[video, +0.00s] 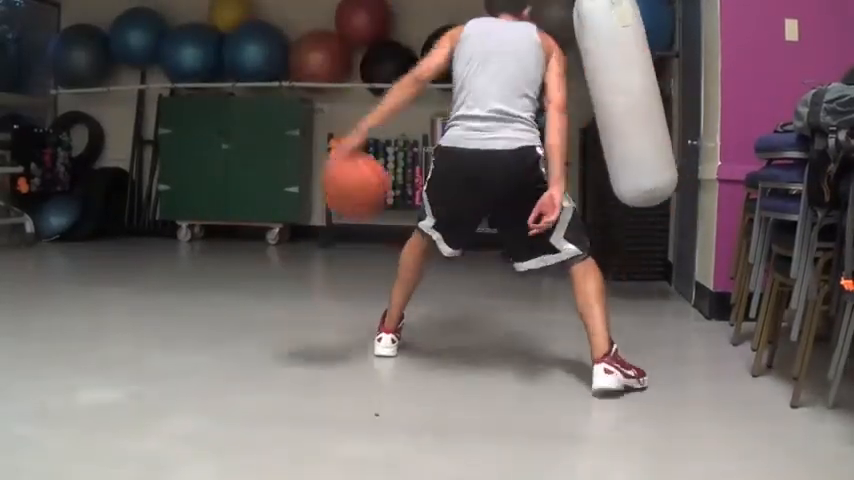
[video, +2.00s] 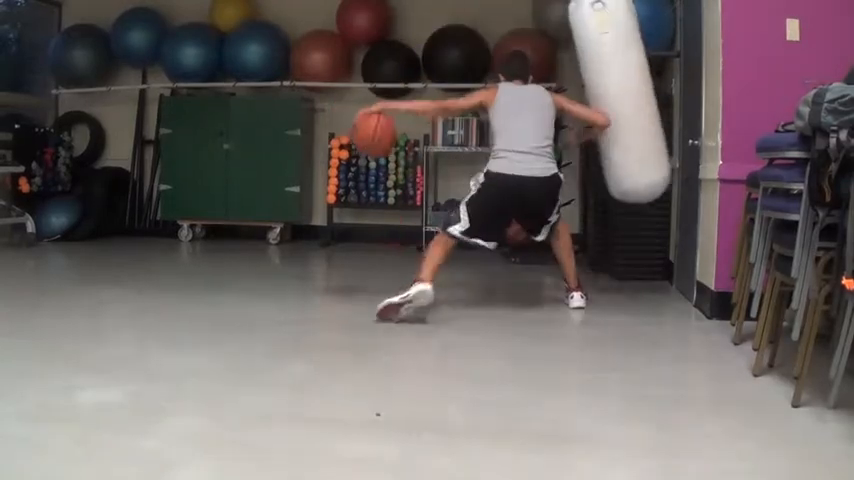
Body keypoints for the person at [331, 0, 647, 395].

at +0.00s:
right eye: (529, 18)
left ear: (488, 14)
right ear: (526, 17)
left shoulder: (458, 35)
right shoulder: (547, 45)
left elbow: (417, 79)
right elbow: (557, 111)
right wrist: (556, 184)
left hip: (457, 162)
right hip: (518, 166)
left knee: (425, 234)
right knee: (579, 255)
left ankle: (388, 329)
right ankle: (605, 360)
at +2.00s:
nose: (499, 81)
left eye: (499, 77)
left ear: (500, 77)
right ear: (530, 76)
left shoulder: (491, 94)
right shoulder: (551, 98)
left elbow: (439, 107)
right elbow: (601, 120)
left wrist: (388, 105)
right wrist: (583, 134)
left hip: (499, 180)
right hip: (543, 182)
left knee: (450, 233)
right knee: (555, 223)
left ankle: (423, 284)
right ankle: (575, 292)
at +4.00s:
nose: (608, 85)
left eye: (609, 78)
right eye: (609, 78)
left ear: (579, 69)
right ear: (595, 75)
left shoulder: (561, 91)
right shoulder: (561, 102)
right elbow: (625, 157)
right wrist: (677, 152)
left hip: (496, 169)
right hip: (468, 165)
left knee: (562, 218)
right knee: (501, 253)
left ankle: (555, 306)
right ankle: (433, 341)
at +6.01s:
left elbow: (269, 27)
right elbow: (445, 50)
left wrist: (267, 76)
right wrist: (475, 141)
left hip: (310, 111)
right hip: (383, 114)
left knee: (247, 237)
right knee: (463, 241)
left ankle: (165, 356)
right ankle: (476, 368)